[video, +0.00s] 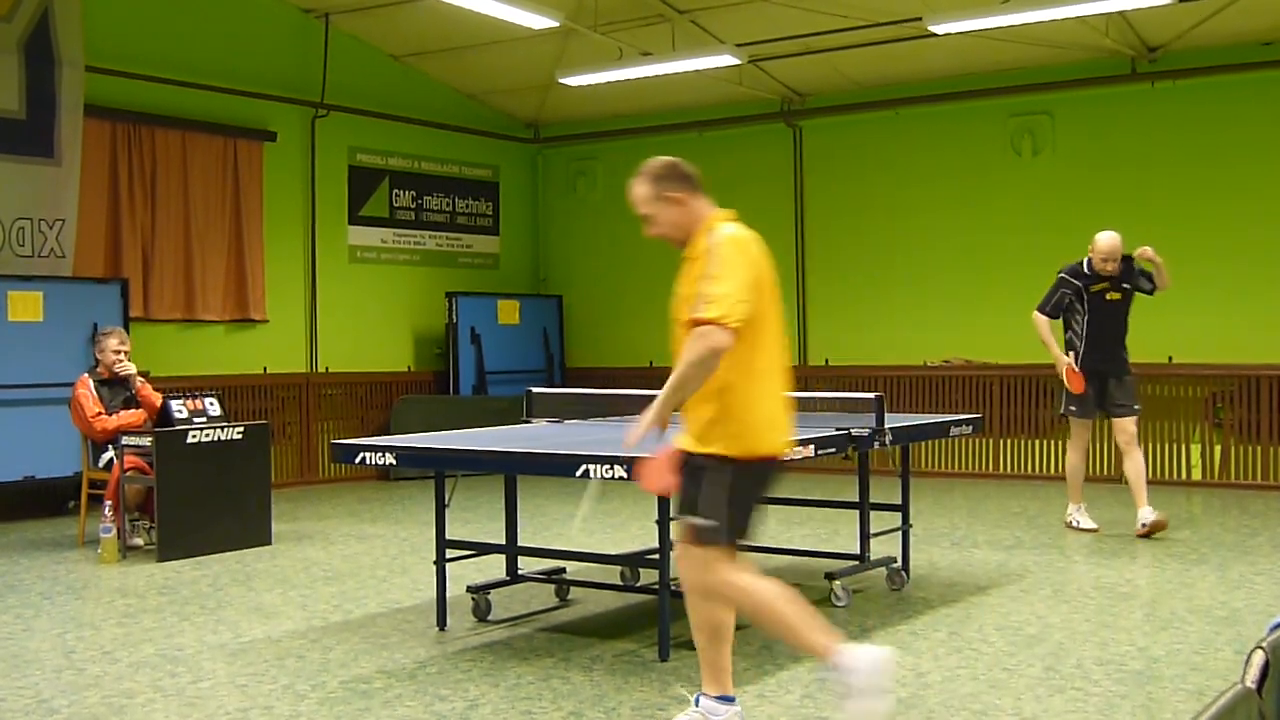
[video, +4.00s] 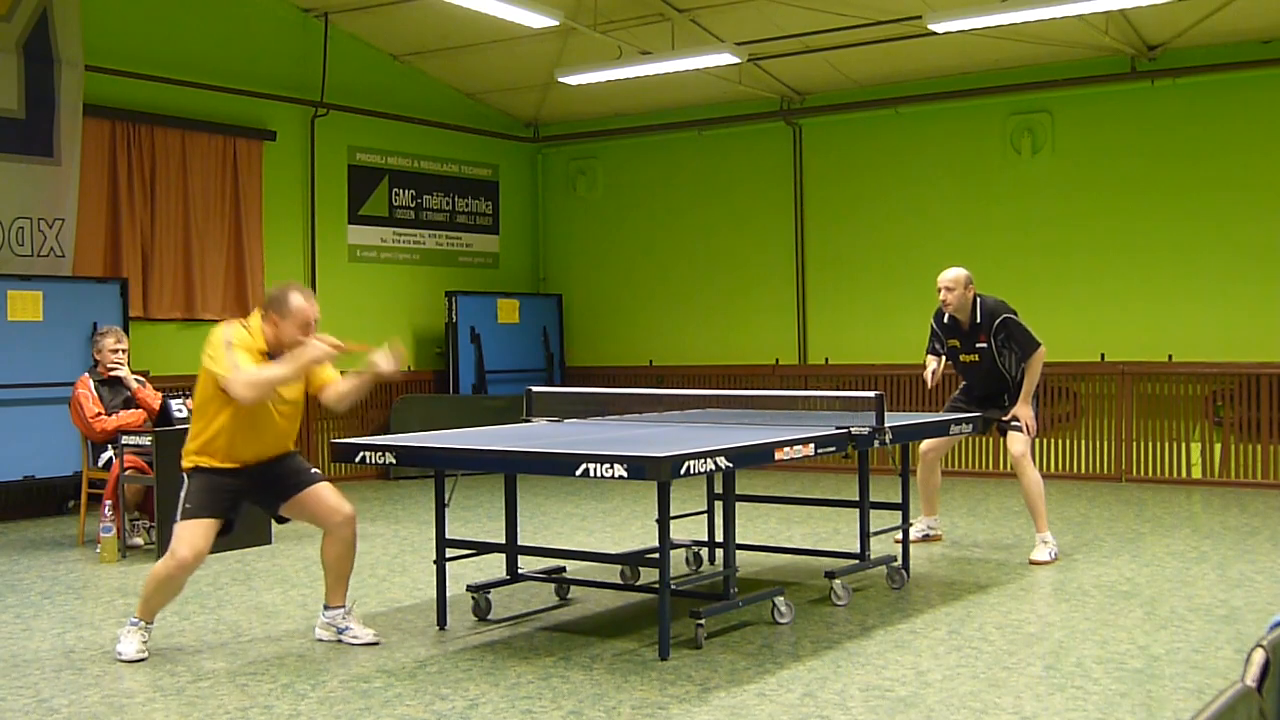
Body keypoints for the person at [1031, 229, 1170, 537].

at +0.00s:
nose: (1109, 267)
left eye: (1115, 261)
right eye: (1103, 262)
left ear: (1122, 257)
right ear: (1090, 254)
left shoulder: (1128, 272)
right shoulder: (1072, 276)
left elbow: (1160, 285)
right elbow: (1040, 316)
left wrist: (1156, 262)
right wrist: (1057, 355)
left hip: (1117, 369)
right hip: (1081, 370)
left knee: (1129, 438)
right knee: (1079, 441)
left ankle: (1144, 513)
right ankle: (1075, 509)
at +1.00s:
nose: (1063, 264)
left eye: (1068, 257)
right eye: (1058, 258)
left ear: (1084, 247)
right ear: (1054, 252)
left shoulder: (1113, 264)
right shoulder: (1051, 275)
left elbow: (1142, 308)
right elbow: (1042, 322)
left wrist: (1133, 353)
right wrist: (1040, 366)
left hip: (1111, 369)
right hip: (1068, 371)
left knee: (1126, 448)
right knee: (1072, 445)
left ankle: (1139, 501)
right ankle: (1087, 526)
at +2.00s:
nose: (981, 256)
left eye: (988, 250)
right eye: (976, 251)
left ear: (1003, 252)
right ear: (971, 255)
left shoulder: (1025, 279)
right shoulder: (973, 283)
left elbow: (1056, 328)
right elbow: (976, 316)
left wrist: (1046, 378)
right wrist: (962, 332)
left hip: (1036, 371)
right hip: (1002, 370)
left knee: (1034, 450)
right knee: (981, 444)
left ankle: (1047, 542)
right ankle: (958, 526)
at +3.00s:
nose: (943, 302)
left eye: (950, 296)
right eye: (940, 296)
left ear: (969, 296)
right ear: (938, 297)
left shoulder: (996, 315)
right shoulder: (941, 319)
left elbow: (1040, 352)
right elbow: (934, 355)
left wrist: (1025, 400)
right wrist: (937, 368)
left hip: (1015, 391)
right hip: (974, 390)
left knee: (1019, 453)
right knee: (930, 450)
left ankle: (1044, 539)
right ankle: (929, 524)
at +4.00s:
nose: (942, 297)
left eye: (949, 290)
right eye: (940, 291)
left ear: (969, 291)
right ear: (939, 292)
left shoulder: (997, 313)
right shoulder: (941, 317)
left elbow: (1036, 353)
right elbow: (935, 352)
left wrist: (1024, 402)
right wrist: (933, 365)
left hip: (1013, 392)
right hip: (973, 391)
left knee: (1019, 453)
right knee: (928, 450)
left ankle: (1044, 539)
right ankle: (929, 523)